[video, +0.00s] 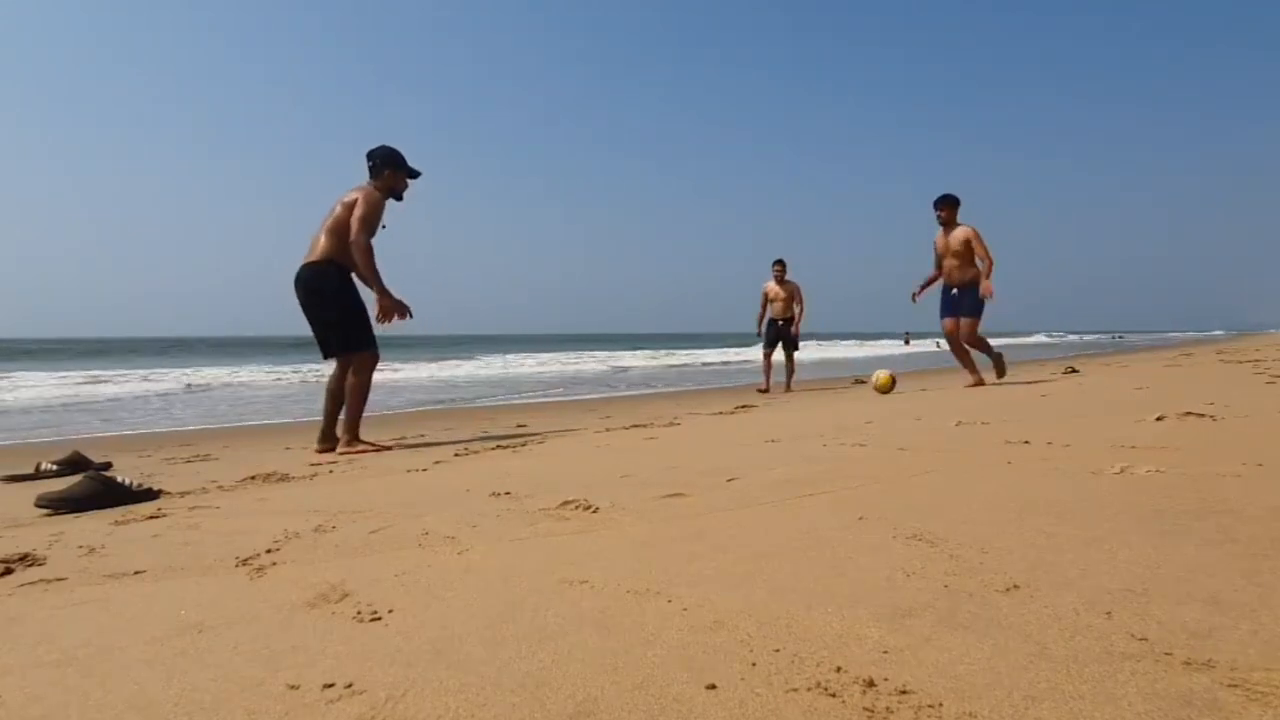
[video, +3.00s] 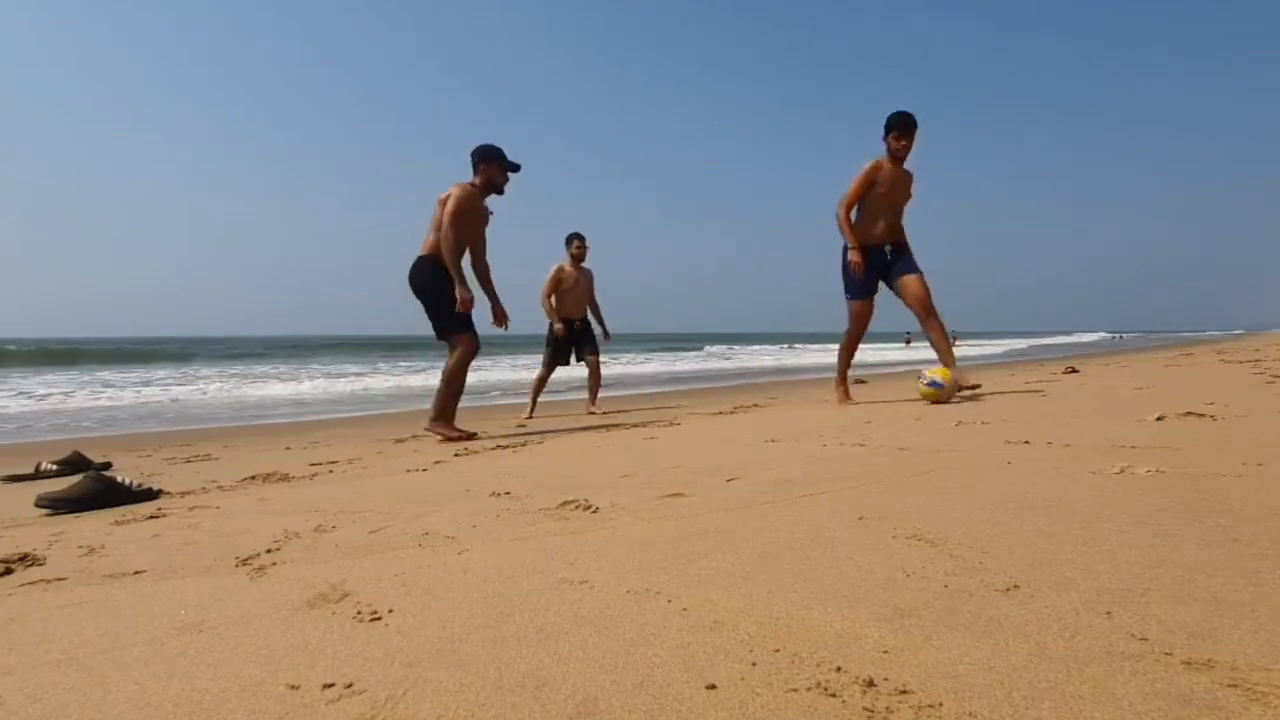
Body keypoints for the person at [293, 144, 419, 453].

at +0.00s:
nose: (406, 184)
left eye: (407, 178)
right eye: (403, 177)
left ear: (381, 174)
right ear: (386, 174)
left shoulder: (356, 197)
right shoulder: (371, 197)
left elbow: (352, 258)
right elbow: (357, 242)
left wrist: (384, 296)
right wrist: (382, 292)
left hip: (311, 276)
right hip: (329, 276)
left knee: (347, 358)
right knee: (366, 356)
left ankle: (327, 437)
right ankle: (350, 438)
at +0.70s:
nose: (412, 175)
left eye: (412, 169)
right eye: (408, 168)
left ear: (387, 167)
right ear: (392, 165)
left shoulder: (367, 193)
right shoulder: (380, 192)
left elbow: (368, 256)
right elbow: (375, 242)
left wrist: (393, 295)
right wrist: (405, 290)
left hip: (344, 276)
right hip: (350, 275)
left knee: (375, 357)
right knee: (378, 357)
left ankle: (358, 431)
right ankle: (351, 435)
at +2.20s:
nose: (437, 193)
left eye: (437, 188)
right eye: (433, 188)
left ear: (415, 189)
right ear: (417, 188)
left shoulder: (402, 214)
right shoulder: (409, 215)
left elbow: (399, 263)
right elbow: (405, 262)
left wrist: (421, 300)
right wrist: (426, 300)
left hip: (389, 287)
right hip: (393, 289)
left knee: (405, 358)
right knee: (403, 359)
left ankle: (382, 422)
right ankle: (365, 421)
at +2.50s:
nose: (455, 225)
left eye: (455, 220)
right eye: (451, 220)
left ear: (432, 221)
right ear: (436, 220)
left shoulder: (418, 243)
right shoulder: (433, 242)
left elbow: (422, 298)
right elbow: (429, 285)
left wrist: (449, 326)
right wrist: (448, 325)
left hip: (390, 311)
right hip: (403, 313)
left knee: (426, 372)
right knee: (439, 375)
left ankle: (397, 425)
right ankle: (384, 414)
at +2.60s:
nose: (465, 228)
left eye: (465, 223)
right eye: (461, 222)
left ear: (441, 222)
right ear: (445, 221)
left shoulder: (424, 244)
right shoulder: (439, 245)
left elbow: (427, 297)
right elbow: (432, 286)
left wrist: (451, 330)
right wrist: (448, 329)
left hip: (392, 311)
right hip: (407, 312)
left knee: (427, 368)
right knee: (457, 367)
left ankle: (398, 424)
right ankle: (413, 415)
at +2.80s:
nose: (487, 204)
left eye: (486, 199)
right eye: (482, 198)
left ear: (462, 198)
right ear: (465, 197)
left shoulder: (444, 220)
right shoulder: (454, 222)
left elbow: (442, 273)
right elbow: (444, 270)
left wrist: (461, 314)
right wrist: (458, 312)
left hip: (413, 295)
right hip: (428, 296)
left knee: (428, 359)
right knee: (469, 359)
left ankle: (406, 418)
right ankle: (448, 426)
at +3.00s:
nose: (507, 177)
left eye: (507, 171)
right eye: (503, 170)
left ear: (486, 171)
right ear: (483, 169)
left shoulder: (481, 212)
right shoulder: (463, 193)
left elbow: (479, 260)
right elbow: (446, 235)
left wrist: (495, 302)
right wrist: (460, 283)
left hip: (444, 275)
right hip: (431, 271)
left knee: (465, 346)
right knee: (466, 344)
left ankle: (446, 420)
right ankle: (439, 419)